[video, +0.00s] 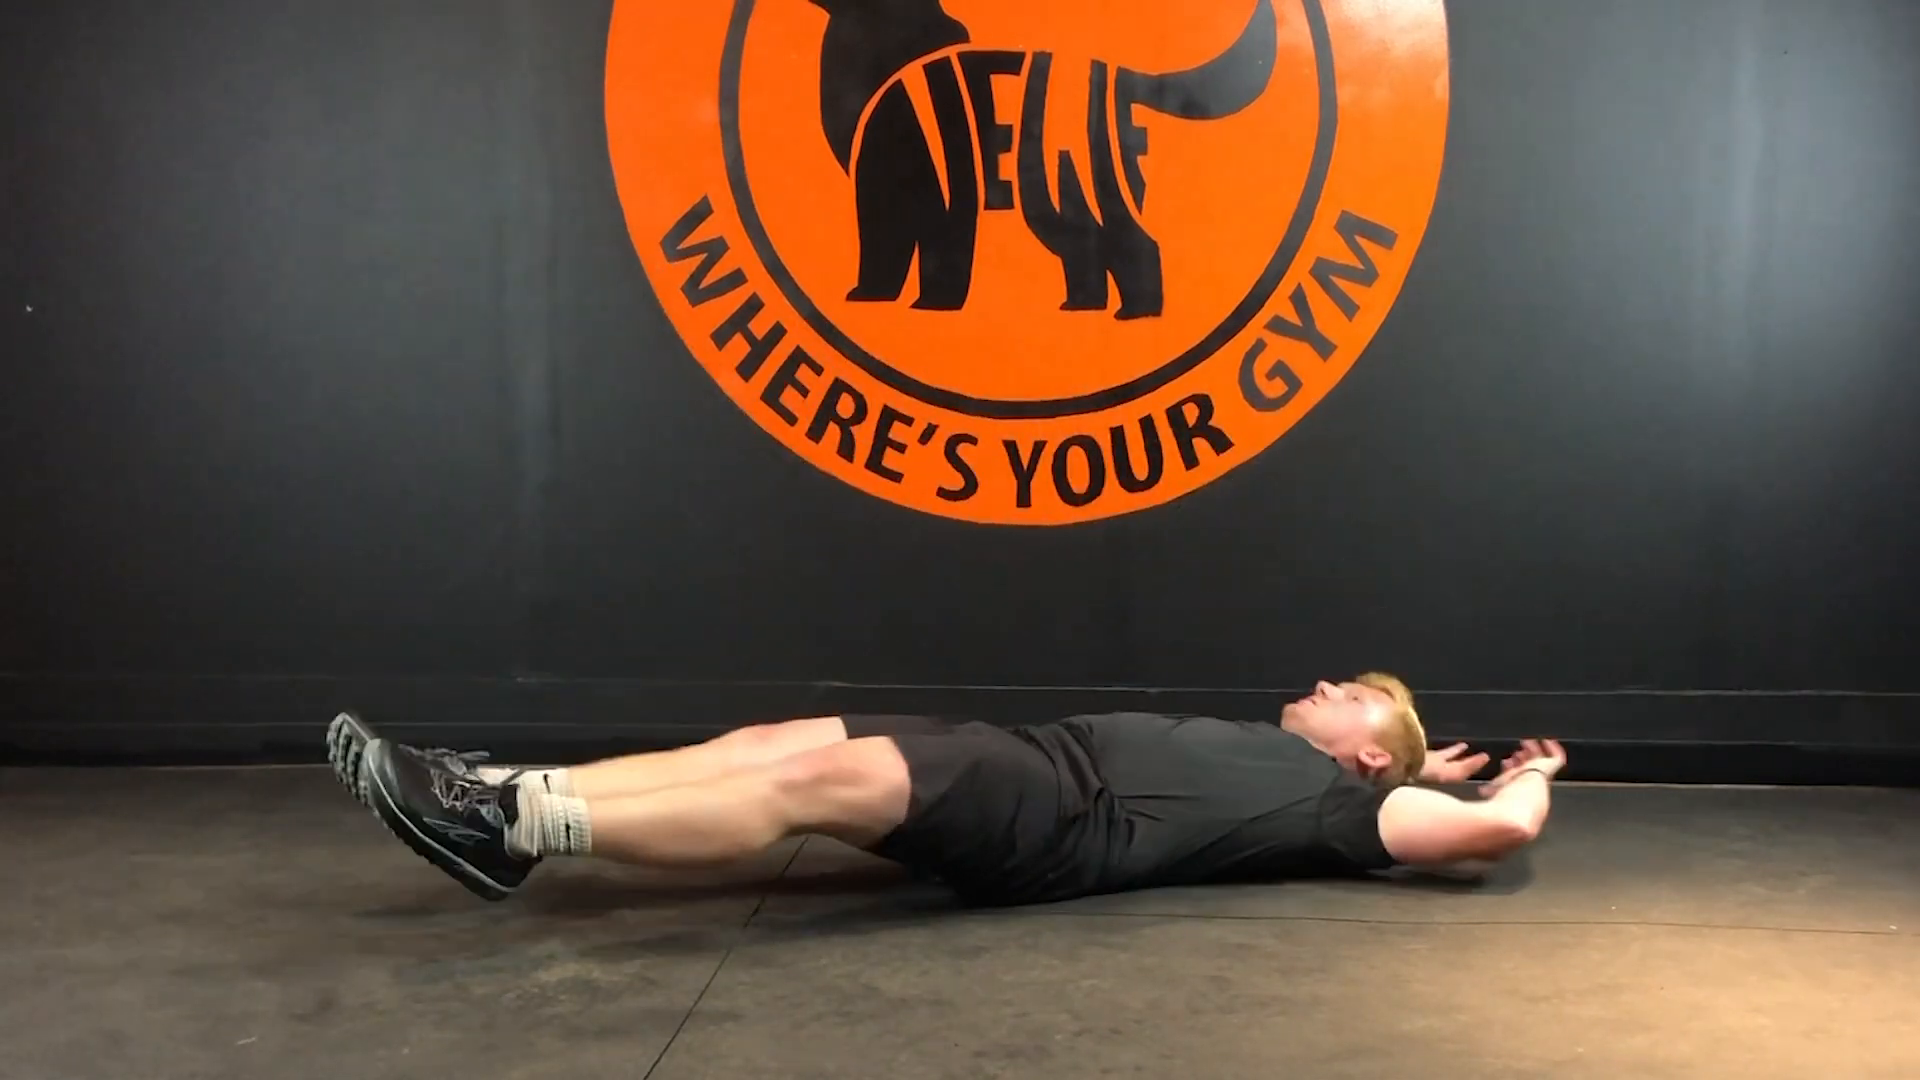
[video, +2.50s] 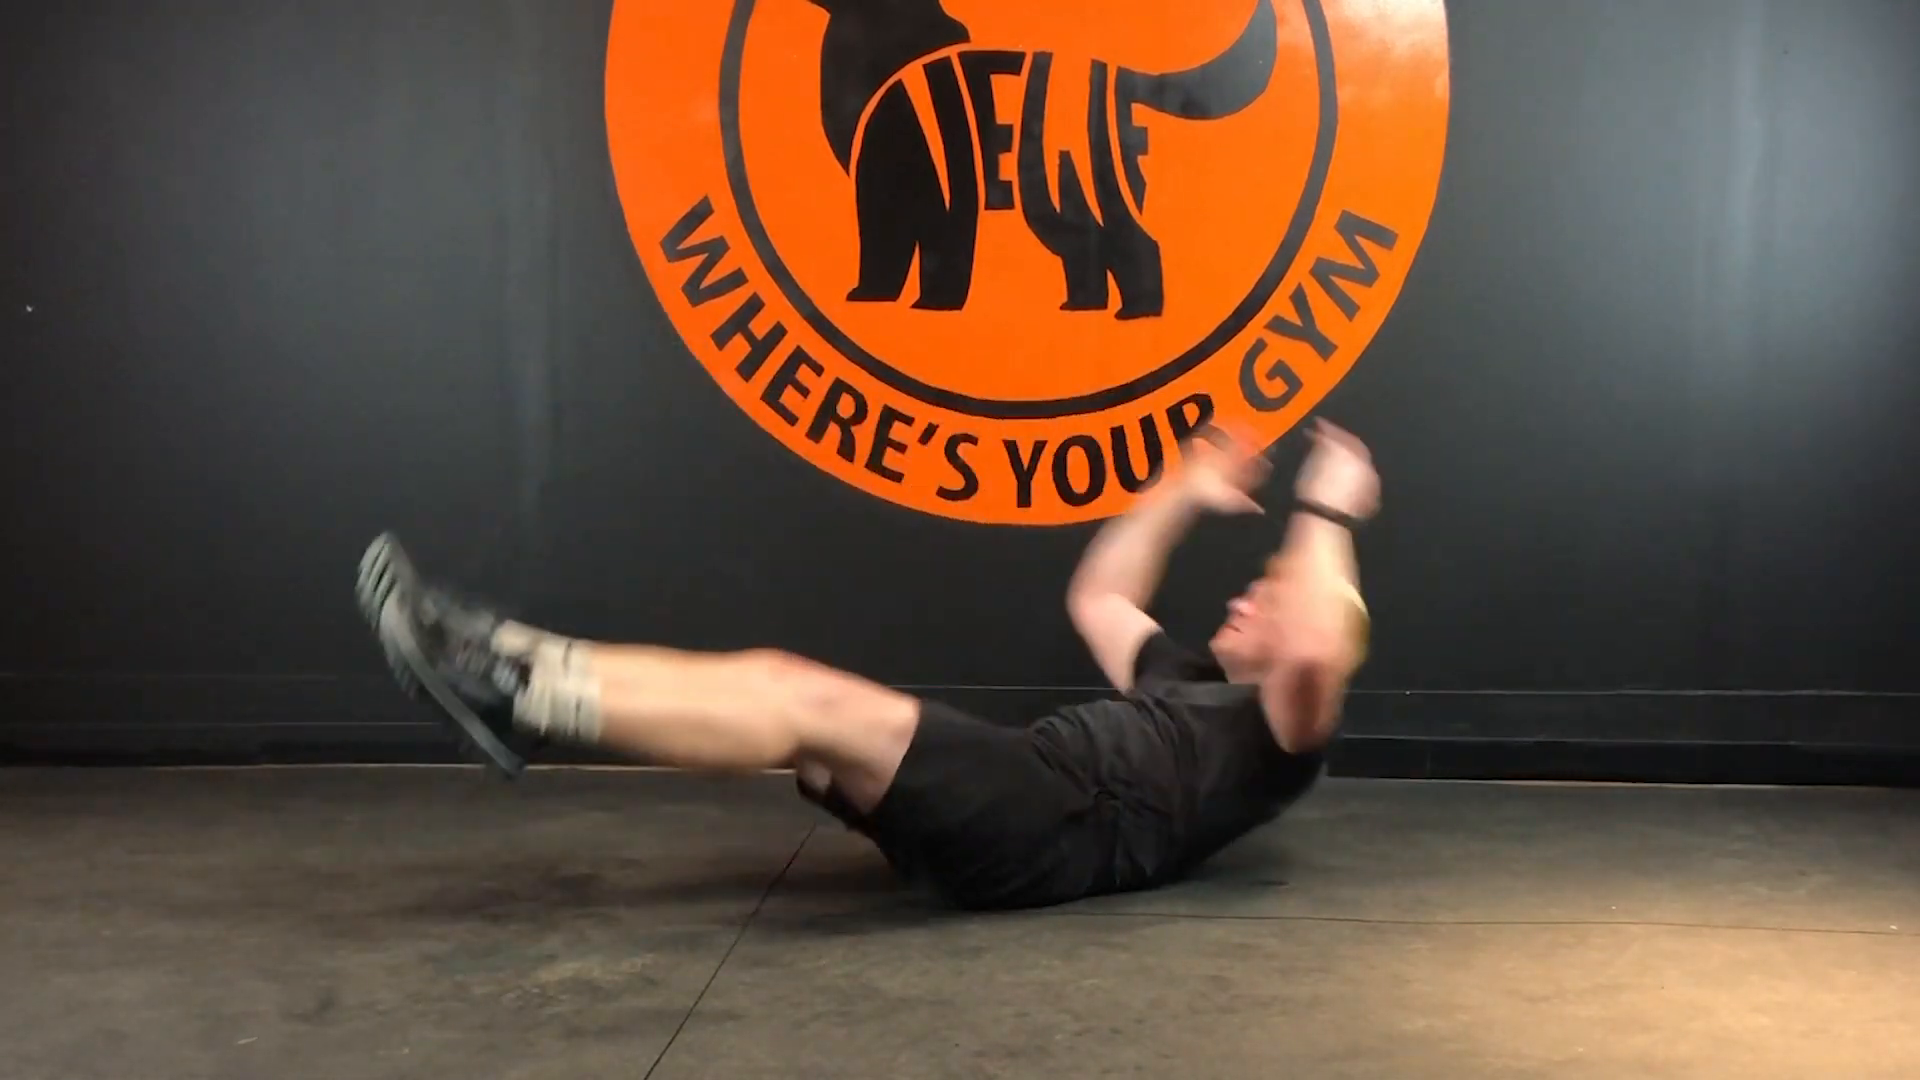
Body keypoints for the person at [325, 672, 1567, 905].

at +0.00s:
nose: (1327, 690)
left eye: (1356, 702)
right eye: (1335, 686)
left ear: (1383, 755)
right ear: (1316, 714)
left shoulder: (1351, 796)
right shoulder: (1237, 742)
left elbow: (1497, 834)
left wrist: (1523, 782)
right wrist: (1430, 760)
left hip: (1068, 796)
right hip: (1002, 740)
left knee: (833, 776)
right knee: (777, 738)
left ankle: (526, 834)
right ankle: (493, 800)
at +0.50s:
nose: (1128, 540)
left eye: (1150, 526)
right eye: (1129, 523)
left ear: (1215, 545)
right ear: (1131, 529)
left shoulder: (1226, 630)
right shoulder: (1119, 601)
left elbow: (1099, 588)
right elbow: (970, 540)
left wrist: (972, 478)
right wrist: (878, 435)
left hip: (1030, 829)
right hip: (953, 828)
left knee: (923, 584)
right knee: (876, 586)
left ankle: (655, 506)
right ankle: (630, 514)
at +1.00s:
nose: (1204, 554)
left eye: (1233, 550)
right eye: (1208, 543)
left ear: (1277, 601)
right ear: (1219, 567)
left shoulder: (1252, 702)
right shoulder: (1146, 646)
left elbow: (1224, 632)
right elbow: (1041, 583)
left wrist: (1191, 474)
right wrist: (1056, 471)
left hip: (1028, 829)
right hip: (965, 792)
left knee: (776, 692)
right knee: (750, 671)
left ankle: (475, 721)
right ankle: (487, 725)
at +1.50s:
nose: (1319, 703)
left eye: (1345, 716)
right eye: (1324, 697)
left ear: (1369, 764)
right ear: (1306, 714)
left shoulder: (1330, 807)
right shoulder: (1224, 747)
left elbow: (1489, 823)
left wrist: (1478, 790)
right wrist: (1411, 764)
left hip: (1035, 796)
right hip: (966, 746)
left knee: (792, 814)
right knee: (737, 785)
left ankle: (481, 855)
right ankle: (474, 849)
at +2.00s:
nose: (1098, 543)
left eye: (1121, 529)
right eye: (1099, 528)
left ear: (1191, 537)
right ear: (1104, 530)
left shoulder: (1210, 612)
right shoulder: (1097, 604)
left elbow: (1074, 580)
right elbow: (956, 554)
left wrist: (935, 505)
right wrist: (853, 461)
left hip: (1030, 826)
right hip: (954, 830)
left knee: (942, 575)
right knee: (903, 568)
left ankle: (679, 480)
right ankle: (662, 490)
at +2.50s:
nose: (1240, 604)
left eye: (1270, 597)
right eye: (1251, 591)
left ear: (1309, 649)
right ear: (1240, 613)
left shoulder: (1267, 731)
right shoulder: (1181, 687)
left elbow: (1322, 647)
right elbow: (1105, 600)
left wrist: (1326, 521)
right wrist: (1182, 490)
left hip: (1055, 825)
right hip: (1004, 798)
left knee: (810, 701)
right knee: (790, 695)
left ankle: (529, 692)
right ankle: (523, 686)